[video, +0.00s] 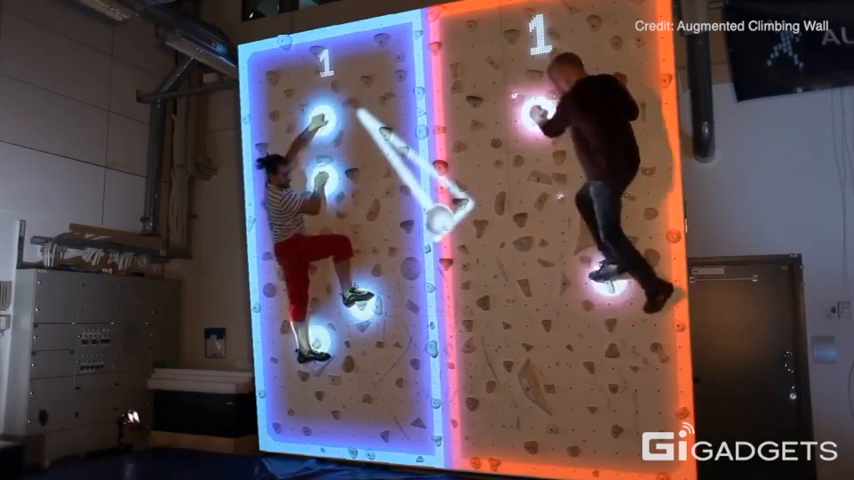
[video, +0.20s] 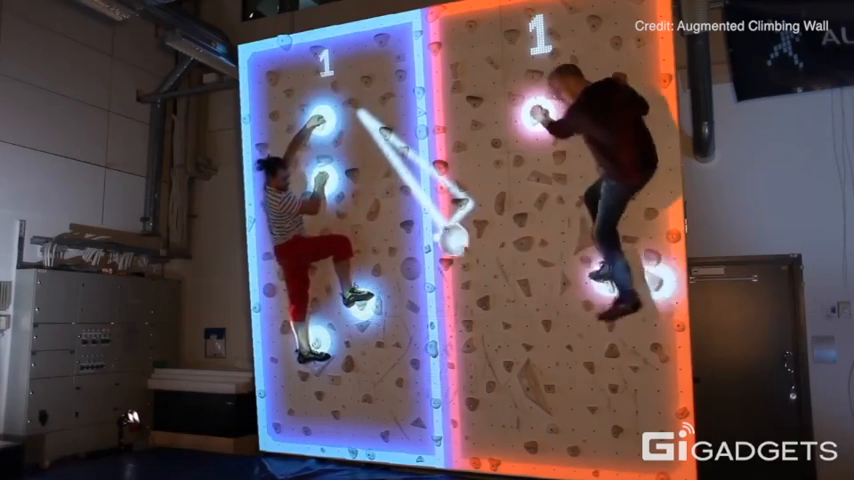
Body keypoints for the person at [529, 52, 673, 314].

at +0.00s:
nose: (556, 88)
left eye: (556, 81)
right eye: (554, 83)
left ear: (565, 76)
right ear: (579, 69)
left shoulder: (573, 99)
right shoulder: (608, 84)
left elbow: (552, 129)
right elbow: (632, 112)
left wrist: (539, 117)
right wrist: (621, 87)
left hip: (607, 173)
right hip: (629, 165)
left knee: (610, 235)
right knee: (584, 200)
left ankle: (655, 287)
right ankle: (614, 259)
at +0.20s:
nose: (559, 98)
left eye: (558, 91)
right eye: (556, 94)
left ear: (568, 84)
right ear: (579, 77)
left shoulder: (581, 109)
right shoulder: (613, 86)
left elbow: (561, 131)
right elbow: (643, 107)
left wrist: (545, 120)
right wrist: (624, 86)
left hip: (625, 174)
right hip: (645, 162)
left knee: (604, 232)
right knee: (592, 198)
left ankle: (628, 297)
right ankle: (613, 263)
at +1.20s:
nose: (556, 113)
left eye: (555, 108)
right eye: (553, 109)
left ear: (564, 101)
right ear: (574, 93)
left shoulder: (574, 127)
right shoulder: (606, 101)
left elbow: (554, 139)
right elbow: (638, 111)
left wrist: (543, 122)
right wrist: (623, 95)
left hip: (615, 190)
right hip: (637, 175)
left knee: (567, 223)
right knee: (579, 198)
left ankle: (549, 282)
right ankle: (613, 258)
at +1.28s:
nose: (555, 117)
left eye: (554, 112)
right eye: (553, 113)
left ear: (563, 105)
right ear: (573, 97)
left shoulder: (572, 130)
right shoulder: (606, 104)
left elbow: (553, 141)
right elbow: (636, 113)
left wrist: (543, 124)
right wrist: (624, 92)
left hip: (612, 194)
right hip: (634, 180)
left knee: (565, 228)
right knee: (577, 200)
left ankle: (569, 292)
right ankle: (612, 258)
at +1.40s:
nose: (551, 127)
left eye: (551, 122)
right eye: (549, 123)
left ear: (560, 116)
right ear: (569, 108)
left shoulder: (569, 140)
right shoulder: (602, 115)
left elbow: (551, 149)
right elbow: (631, 116)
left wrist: (542, 128)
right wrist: (625, 94)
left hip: (609, 202)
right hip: (631, 190)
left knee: (577, 253)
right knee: (573, 203)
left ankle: (581, 320)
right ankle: (611, 256)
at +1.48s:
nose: (549, 139)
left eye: (548, 134)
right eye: (547, 134)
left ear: (555, 129)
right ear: (569, 120)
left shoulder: (567, 154)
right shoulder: (599, 126)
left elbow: (550, 155)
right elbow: (628, 119)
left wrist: (542, 131)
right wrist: (625, 94)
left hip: (609, 214)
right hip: (630, 199)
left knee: (586, 273)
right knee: (572, 205)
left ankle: (584, 333)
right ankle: (611, 259)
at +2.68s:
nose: (531, 106)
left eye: (531, 101)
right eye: (530, 101)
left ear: (541, 96)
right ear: (551, 89)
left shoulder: (546, 123)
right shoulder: (581, 101)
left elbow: (542, 145)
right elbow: (616, 115)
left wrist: (538, 120)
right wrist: (619, 91)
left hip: (583, 192)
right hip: (607, 182)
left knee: (536, 212)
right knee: (562, 213)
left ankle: (539, 273)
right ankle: (608, 260)